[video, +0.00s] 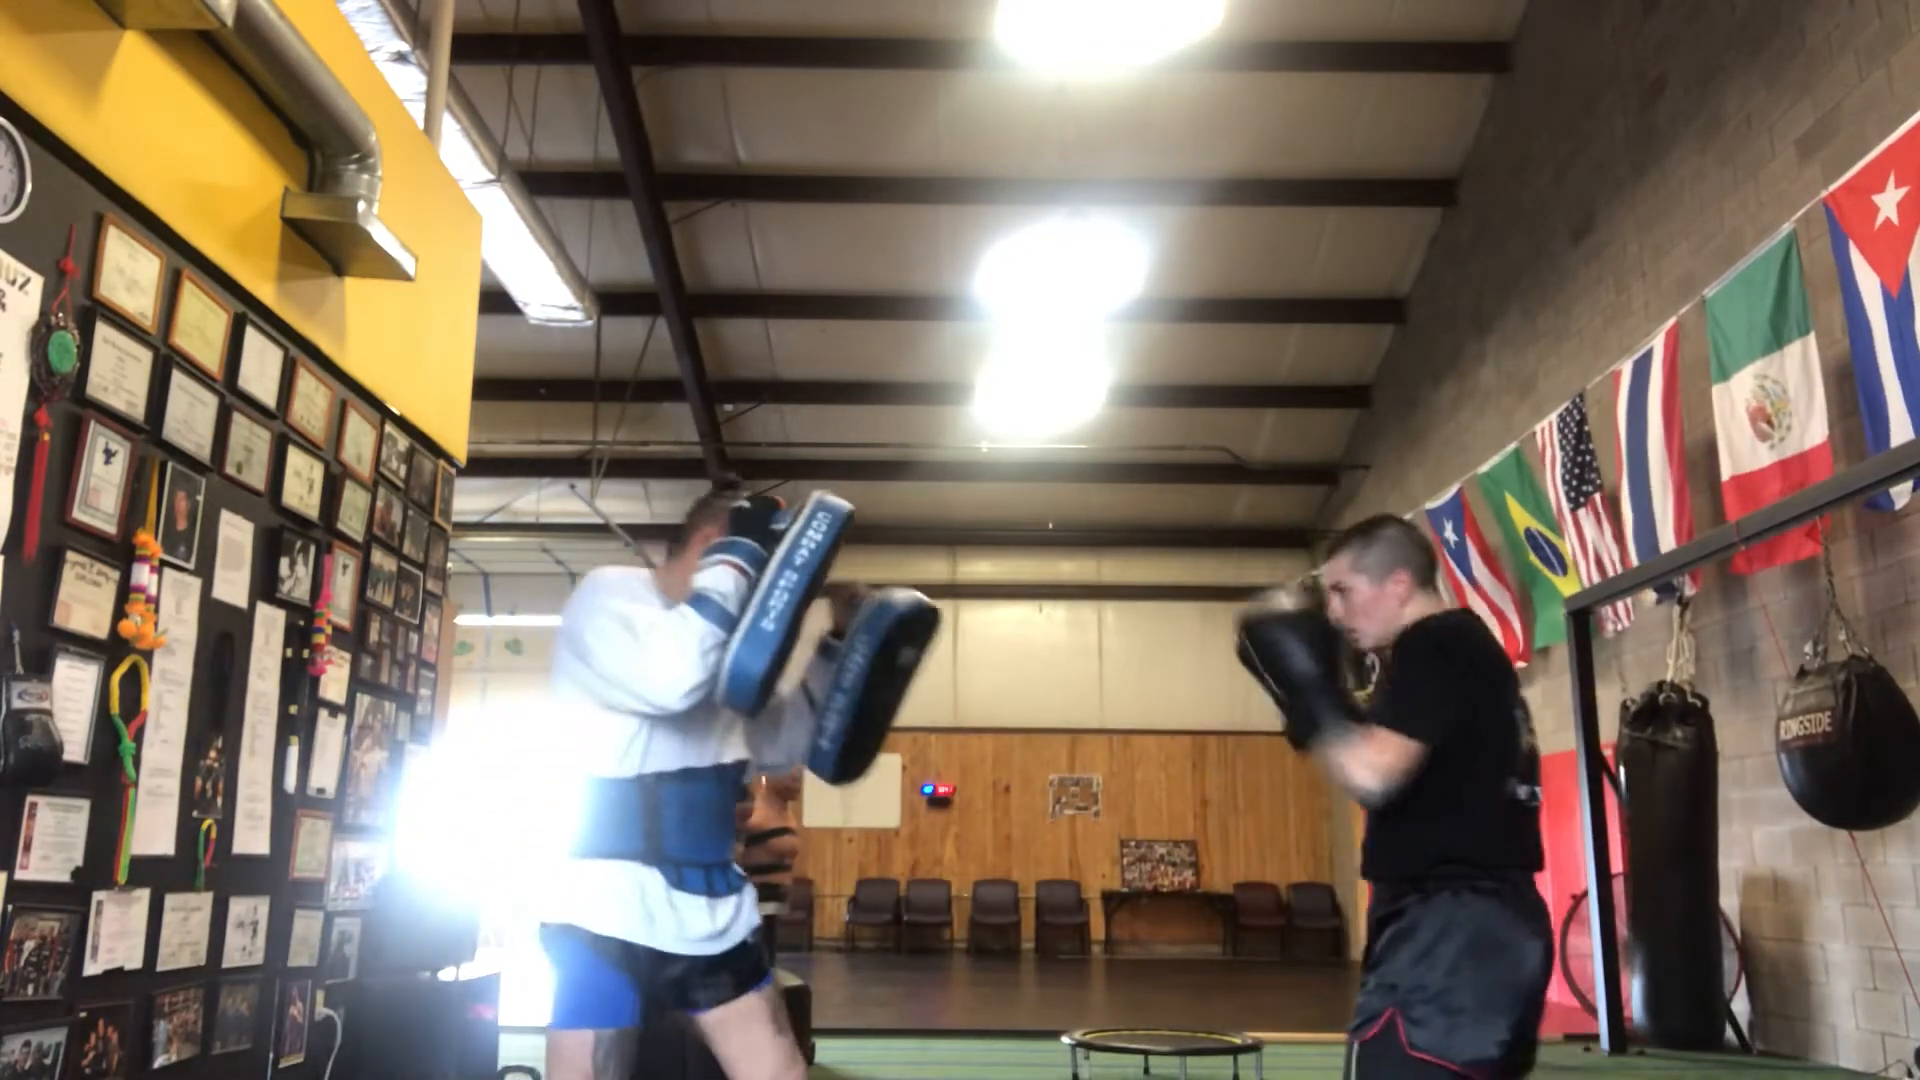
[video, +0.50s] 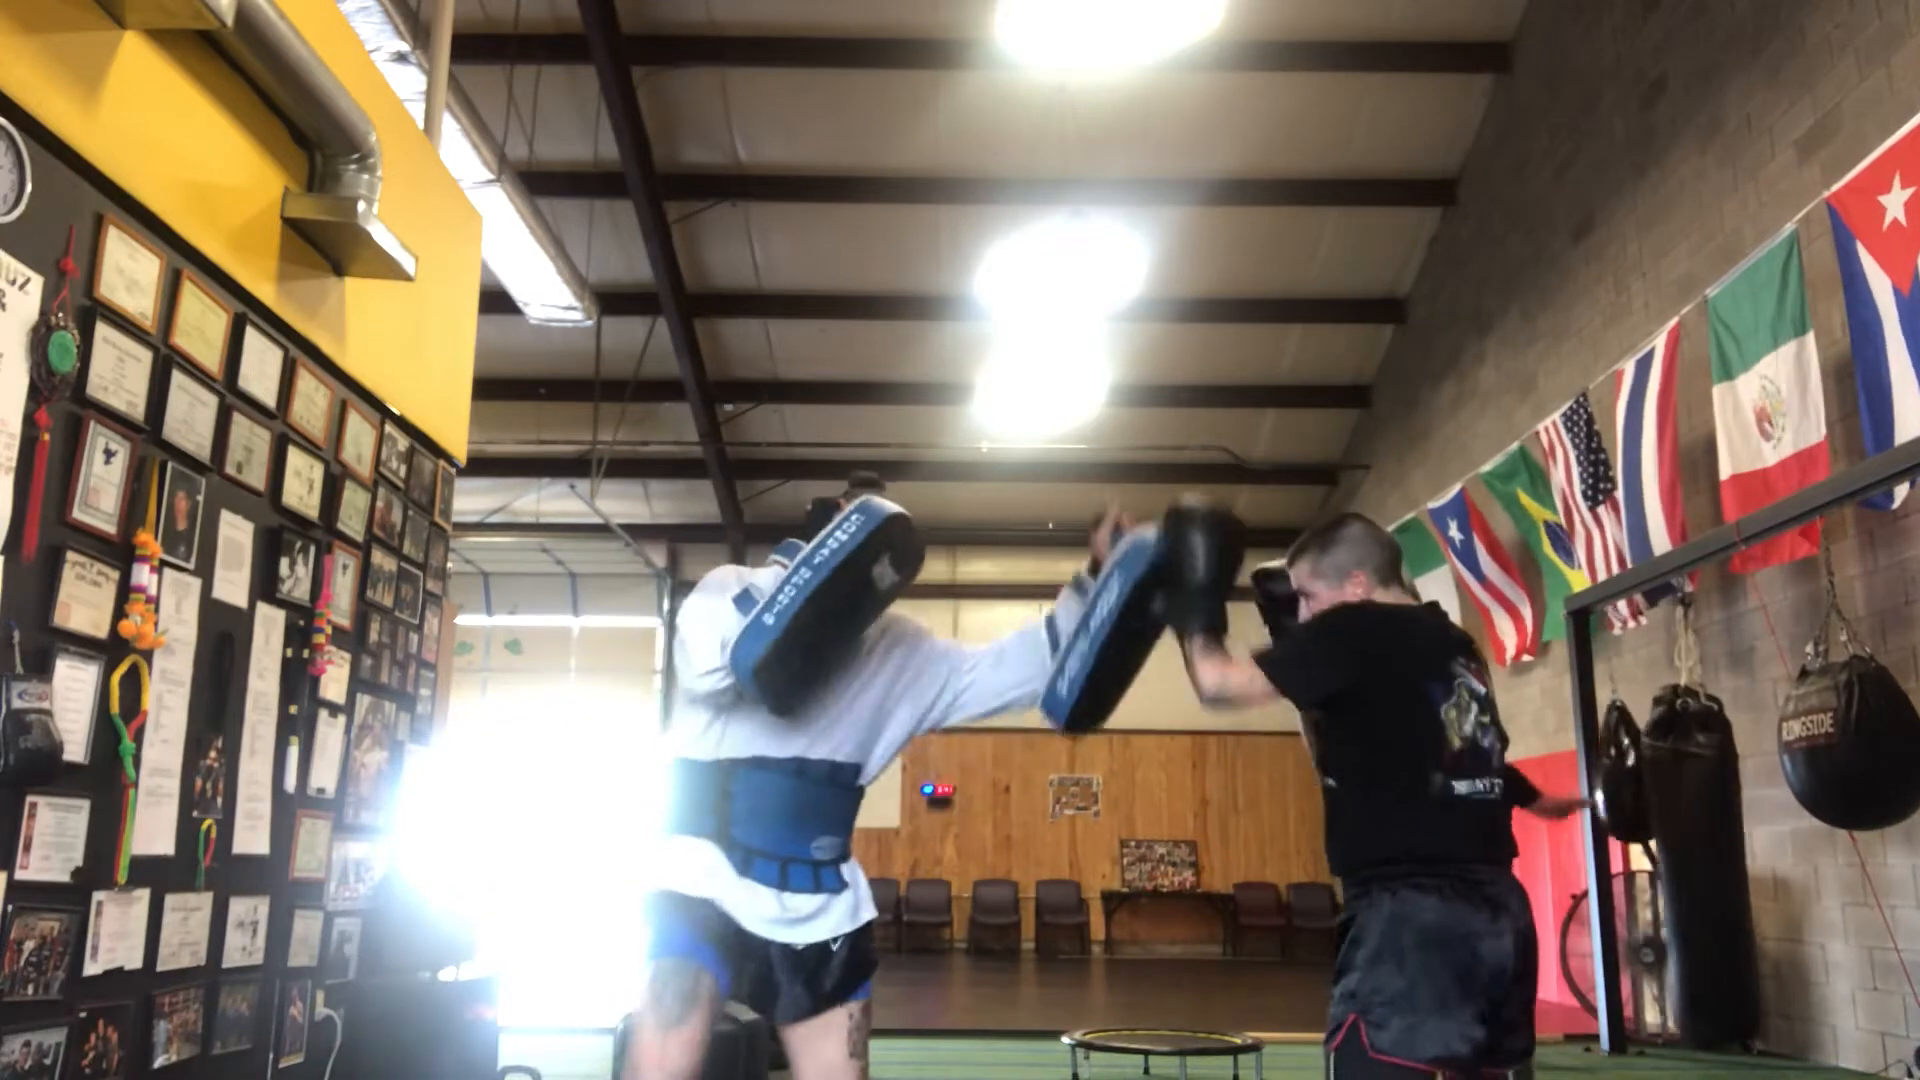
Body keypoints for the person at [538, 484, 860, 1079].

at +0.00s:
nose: (729, 568)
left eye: (744, 558)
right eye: (722, 552)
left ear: (744, 565)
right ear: (694, 543)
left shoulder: (731, 644)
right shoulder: (607, 593)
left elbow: (777, 746)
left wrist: (840, 643)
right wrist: (738, 560)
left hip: (713, 911)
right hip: (602, 910)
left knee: (776, 1069)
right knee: (581, 1072)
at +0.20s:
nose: (795, 559)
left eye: (809, 549)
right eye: (786, 541)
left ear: (818, 562)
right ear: (750, 541)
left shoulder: (792, 665)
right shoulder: (664, 598)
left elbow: (830, 780)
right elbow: (697, 689)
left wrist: (902, 699)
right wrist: (764, 569)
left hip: (774, 927)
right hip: (658, 922)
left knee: (808, 1068)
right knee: (616, 1071)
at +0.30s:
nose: (861, 566)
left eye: (866, 551)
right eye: (849, 540)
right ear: (812, 533)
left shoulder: (839, 663)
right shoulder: (692, 590)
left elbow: (895, 750)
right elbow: (702, 673)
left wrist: (971, 669)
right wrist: (783, 571)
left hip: (797, 916)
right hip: (673, 909)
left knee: (822, 1066)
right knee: (631, 1068)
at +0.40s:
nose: (849, 563)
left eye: (861, 552)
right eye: (836, 541)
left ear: (875, 568)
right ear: (805, 539)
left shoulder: (882, 660)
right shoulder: (717, 592)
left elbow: (987, 702)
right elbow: (695, 667)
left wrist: (1071, 629)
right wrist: (802, 580)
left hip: (808, 899)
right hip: (687, 887)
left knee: (827, 1067)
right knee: (645, 1061)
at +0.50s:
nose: (867, 569)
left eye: (884, 559)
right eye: (857, 546)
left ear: (892, 574)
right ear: (822, 537)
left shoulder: (905, 653)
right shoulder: (732, 592)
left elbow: (1014, 667)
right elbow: (703, 661)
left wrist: (1097, 583)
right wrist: (818, 567)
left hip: (815, 899)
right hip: (698, 883)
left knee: (833, 1065)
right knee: (668, 1055)